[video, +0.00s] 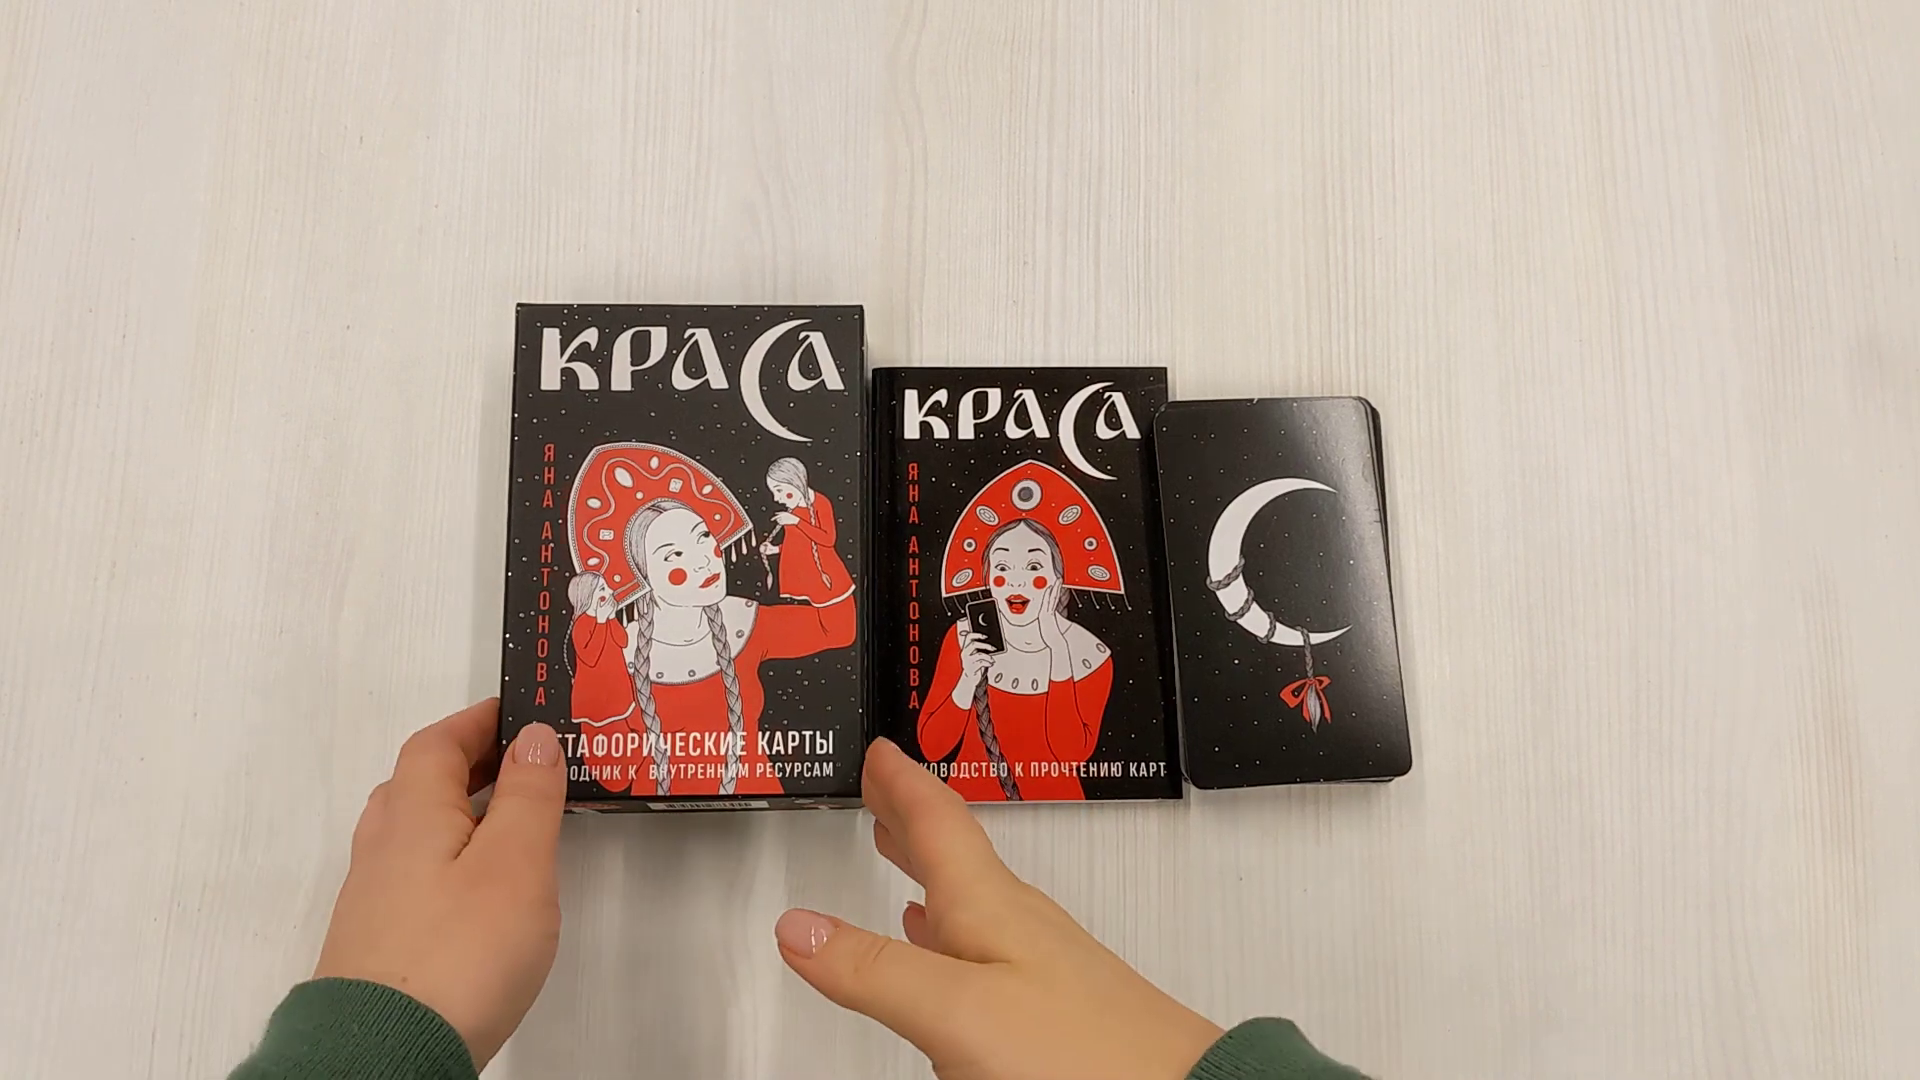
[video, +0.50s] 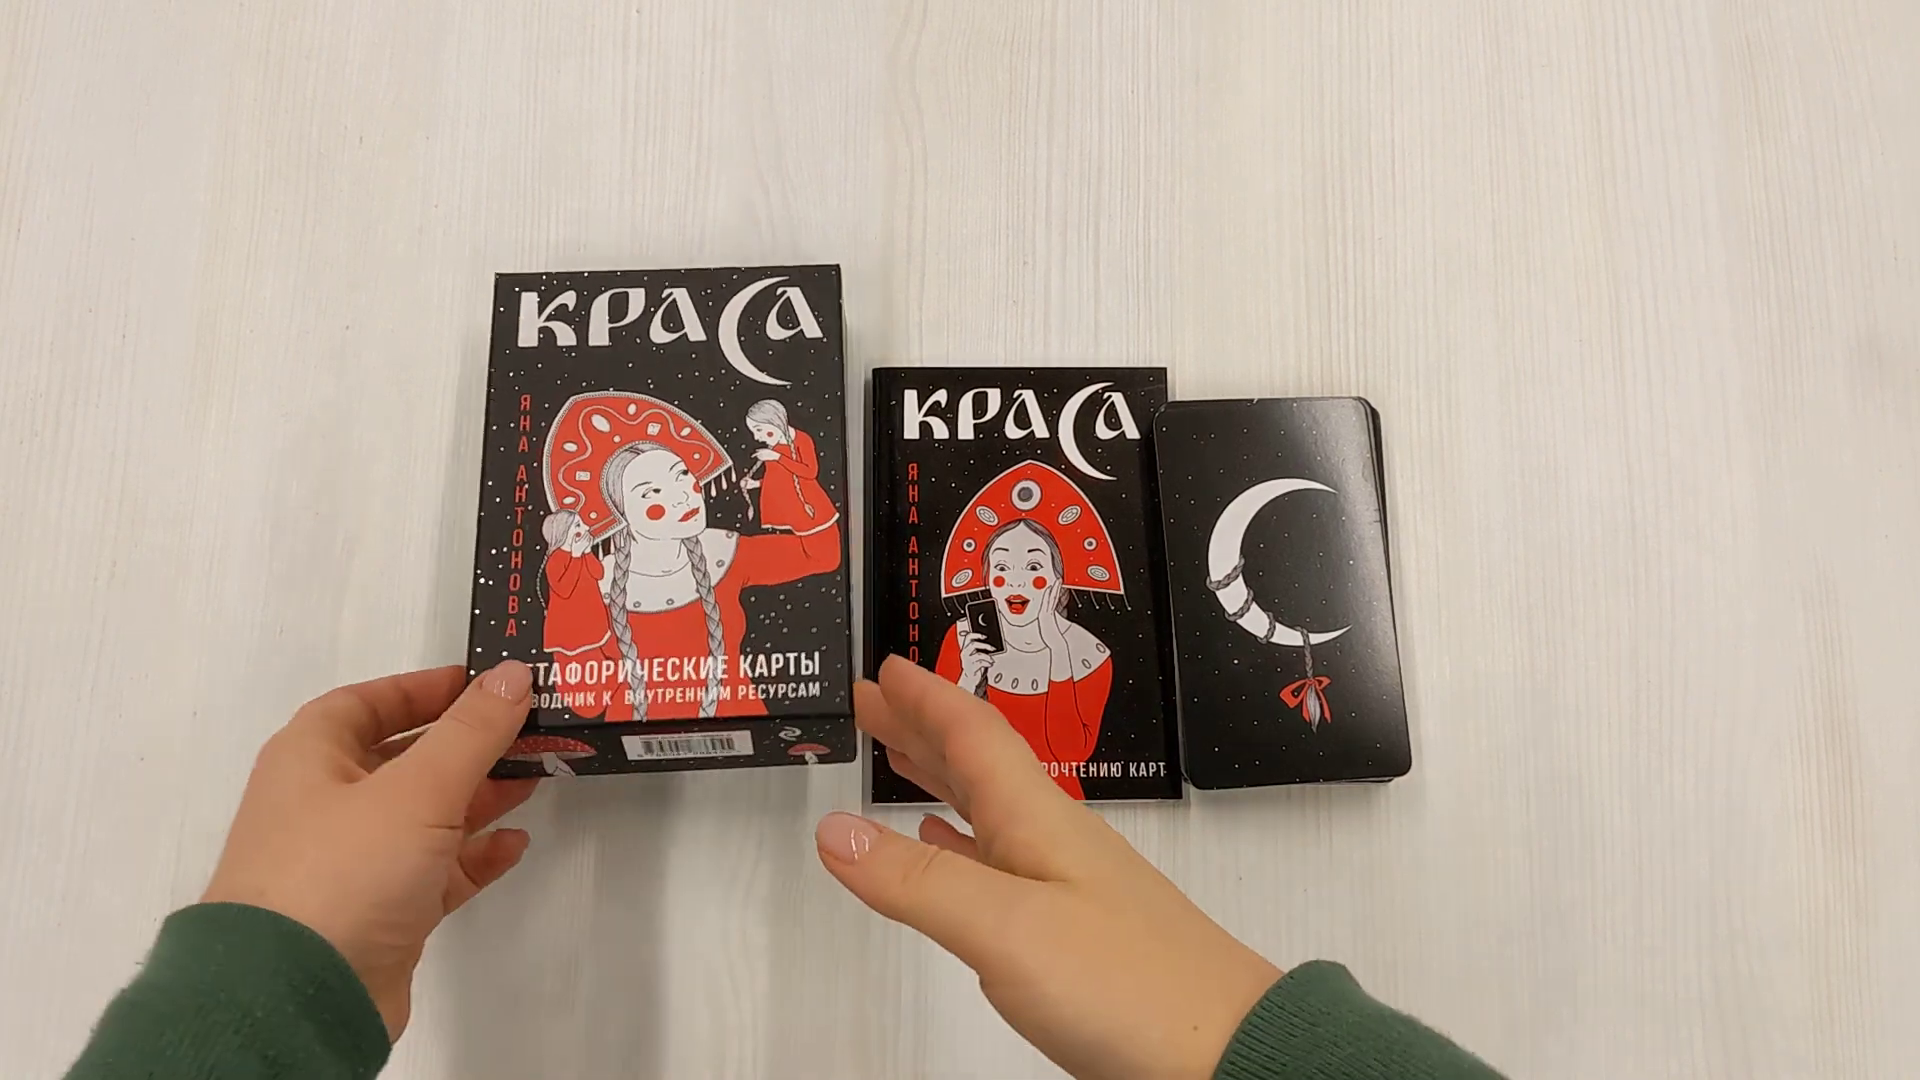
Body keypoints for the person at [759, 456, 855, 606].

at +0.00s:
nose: (776, 498)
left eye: (779, 490)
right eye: (774, 493)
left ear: (794, 482)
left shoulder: (821, 503)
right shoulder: (793, 508)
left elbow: (829, 539)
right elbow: (798, 543)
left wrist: (797, 521)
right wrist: (776, 549)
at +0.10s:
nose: (774, 499)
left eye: (776, 491)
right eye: (771, 493)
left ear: (792, 483)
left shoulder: (819, 503)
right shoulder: (791, 508)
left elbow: (827, 539)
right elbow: (796, 544)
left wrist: (795, 522)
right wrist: (774, 550)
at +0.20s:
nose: (773, 493)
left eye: (775, 484)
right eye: (770, 487)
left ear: (791, 476)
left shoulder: (818, 497)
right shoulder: (790, 502)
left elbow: (826, 532)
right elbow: (795, 537)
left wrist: (794, 515)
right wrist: (773, 543)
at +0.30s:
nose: (770, 469)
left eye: (772, 461)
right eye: (767, 464)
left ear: (788, 453)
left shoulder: (815, 472)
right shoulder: (786, 479)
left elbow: (824, 507)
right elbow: (793, 513)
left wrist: (792, 490)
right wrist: (771, 519)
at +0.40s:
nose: (764, 444)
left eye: (766, 436)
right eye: (761, 439)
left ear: (782, 428)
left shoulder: (810, 446)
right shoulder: (781, 453)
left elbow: (819, 479)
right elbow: (788, 485)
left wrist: (786, 464)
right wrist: (766, 492)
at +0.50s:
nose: (756, 437)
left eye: (759, 430)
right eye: (754, 432)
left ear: (774, 422)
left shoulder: (802, 440)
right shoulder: (775, 447)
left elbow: (811, 472)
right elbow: (778, 479)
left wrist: (778, 457)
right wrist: (756, 484)